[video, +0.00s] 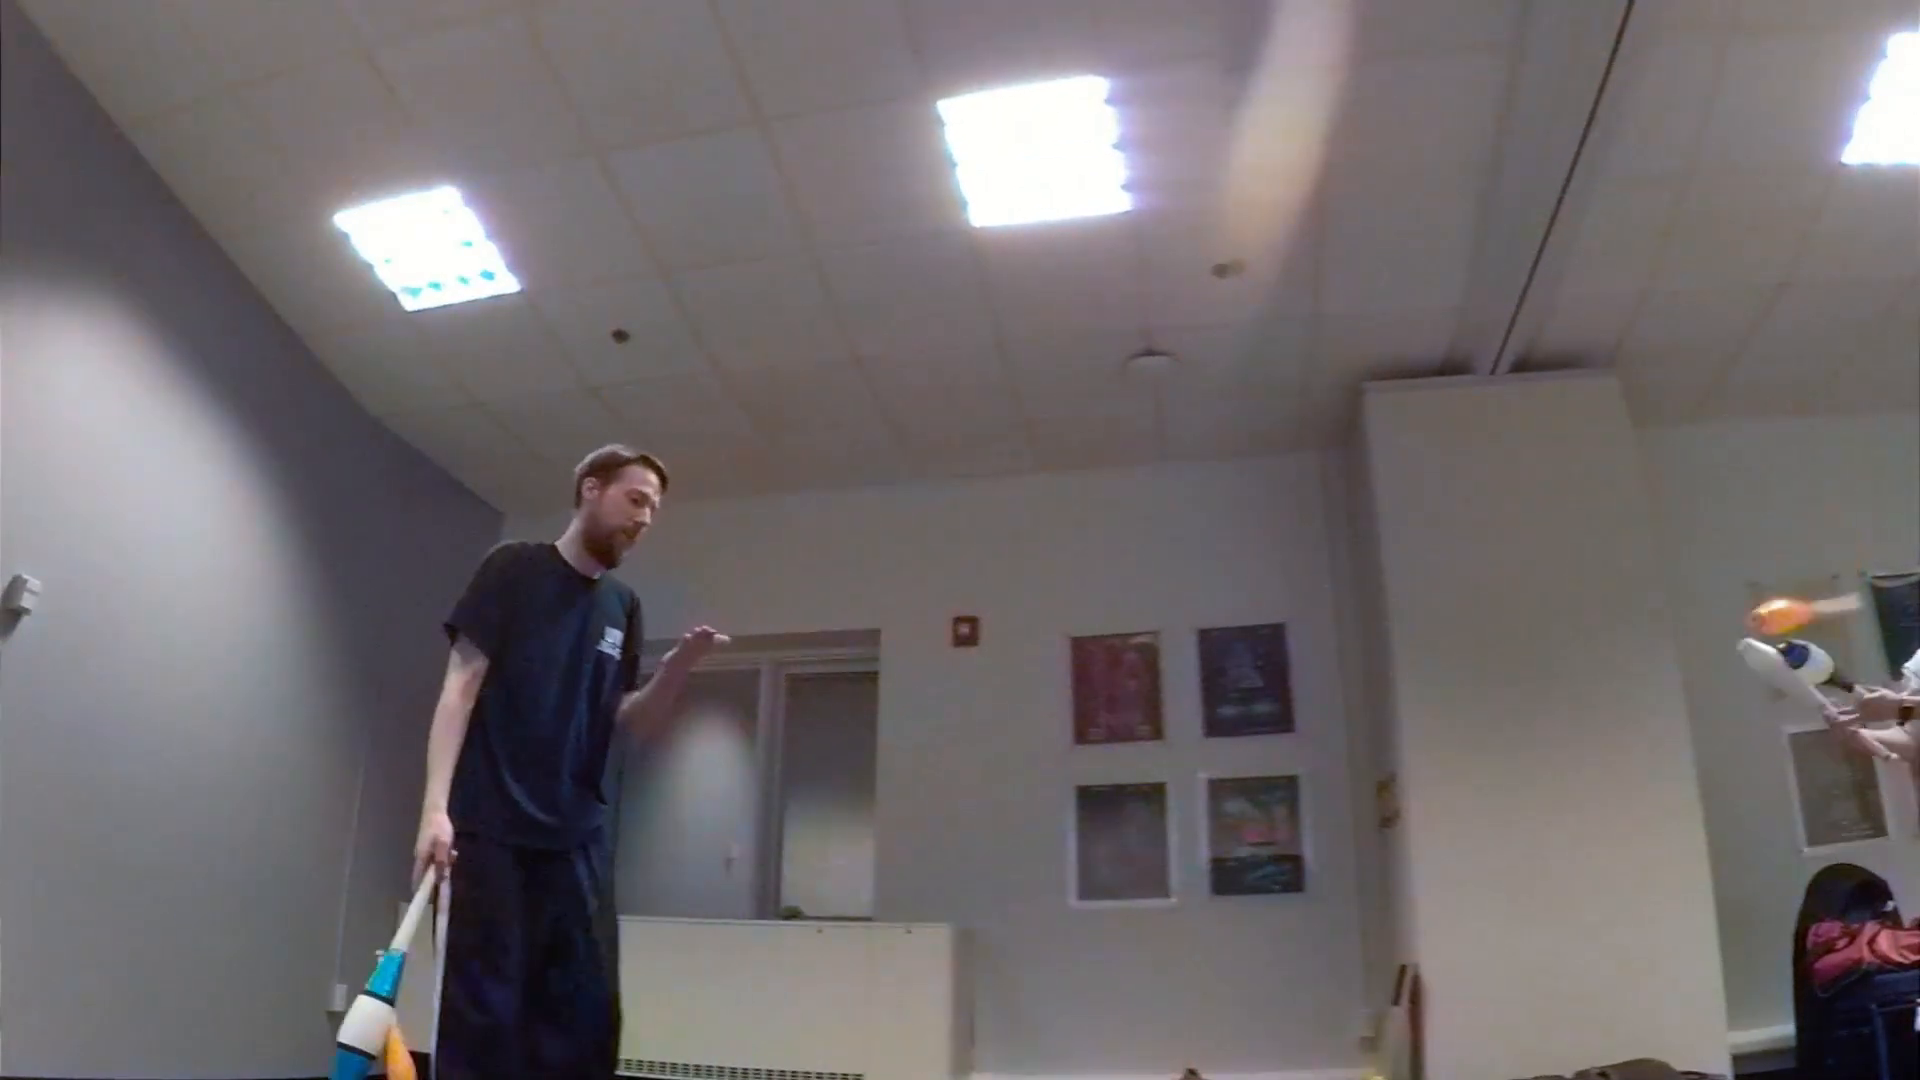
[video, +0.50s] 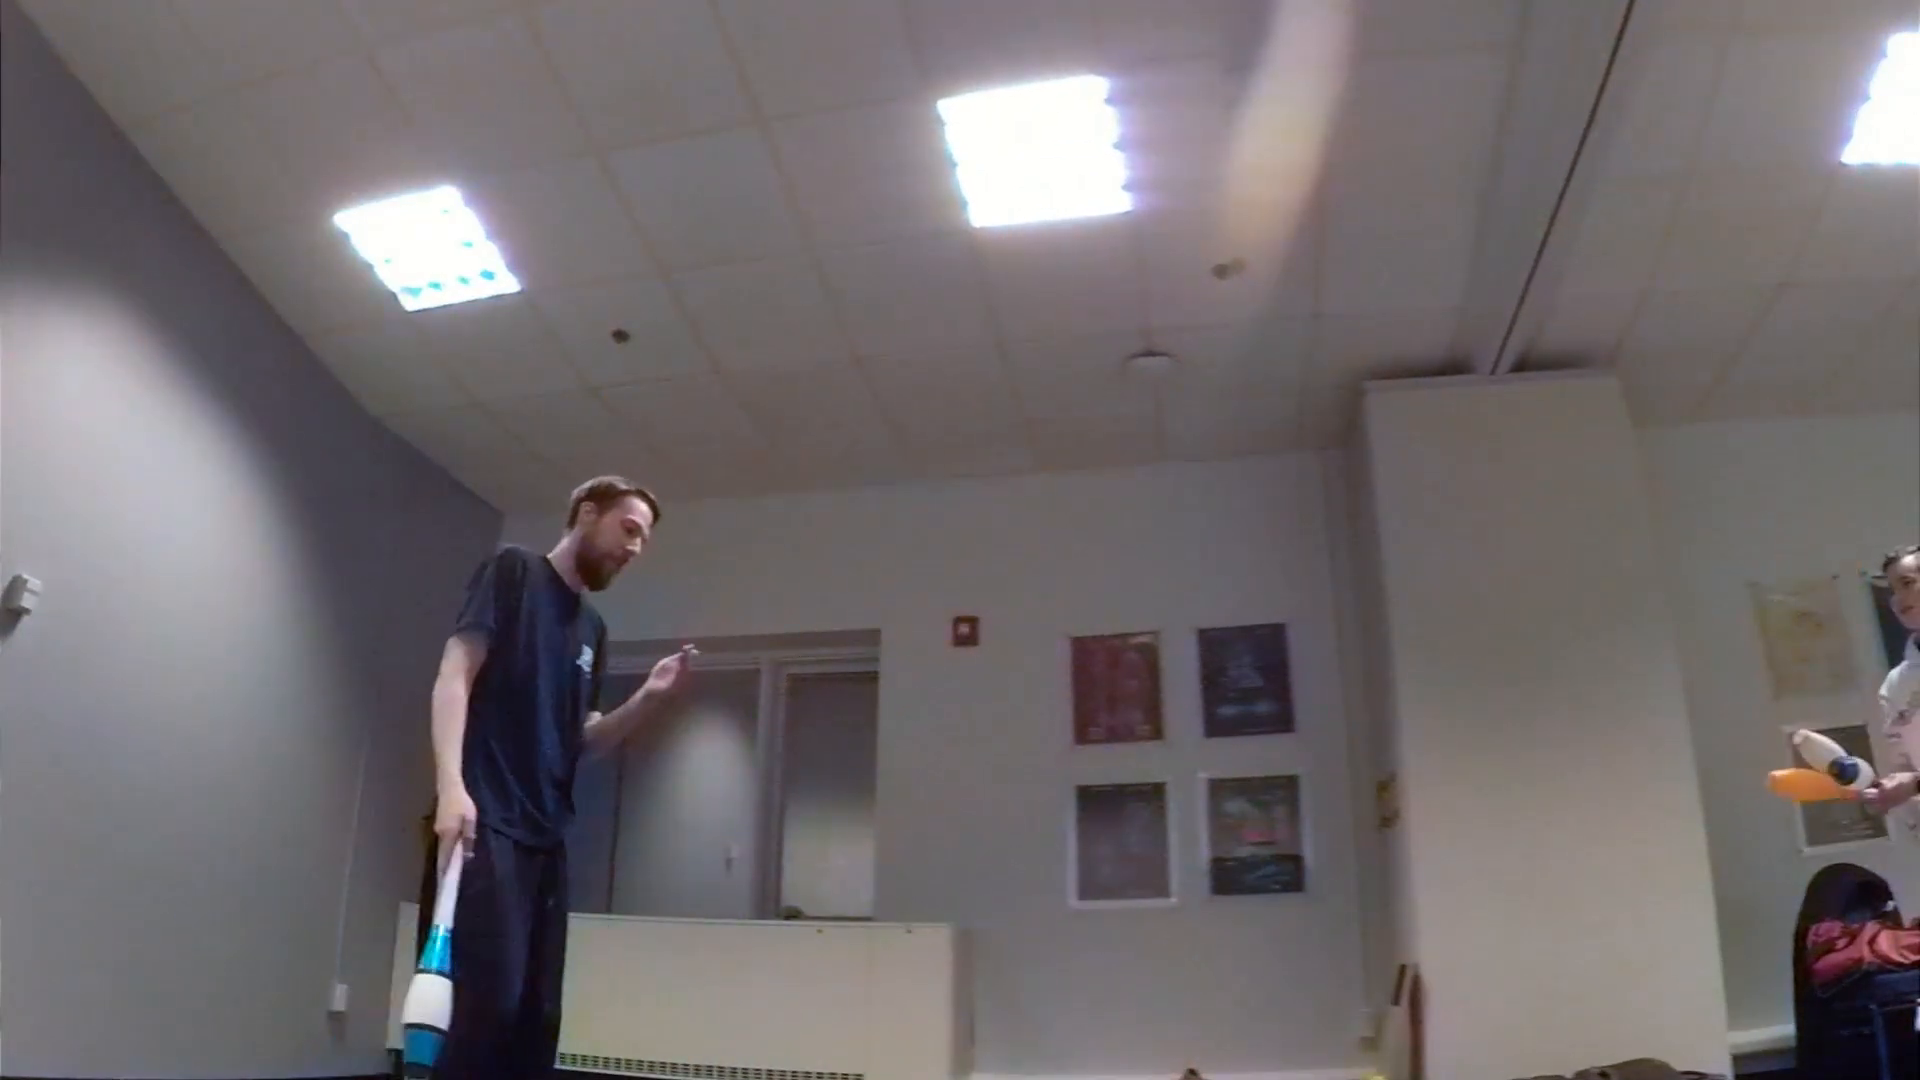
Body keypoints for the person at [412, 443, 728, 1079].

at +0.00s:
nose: (645, 518)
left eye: (653, 509)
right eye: (635, 499)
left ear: (653, 521)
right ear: (590, 489)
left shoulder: (621, 606)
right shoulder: (513, 568)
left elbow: (631, 721)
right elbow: (460, 687)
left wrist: (680, 667)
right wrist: (435, 809)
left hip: (575, 839)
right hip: (491, 832)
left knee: (585, 1020)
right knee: (485, 1015)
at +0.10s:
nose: (649, 533)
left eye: (658, 524)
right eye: (642, 514)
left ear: (657, 535)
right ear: (597, 501)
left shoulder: (620, 618)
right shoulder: (520, 573)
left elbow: (622, 732)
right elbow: (459, 691)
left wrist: (675, 683)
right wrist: (428, 807)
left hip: (561, 841)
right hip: (484, 831)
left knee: (542, 1029)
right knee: (485, 1019)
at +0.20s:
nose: (658, 551)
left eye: (666, 541)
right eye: (652, 531)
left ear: (663, 550)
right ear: (608, 515)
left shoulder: (617, 628)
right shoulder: (524, 577)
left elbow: (612, 740)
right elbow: (462, 689)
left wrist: (672, 698)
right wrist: (429, 804)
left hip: (555, 844)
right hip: (486, 832)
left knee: (543, 1028)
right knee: (493, 1023)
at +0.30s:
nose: (656, 555)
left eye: (664, 546)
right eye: (650, 535)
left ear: (661, 556)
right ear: (607, 518)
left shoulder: (610, 631)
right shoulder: (526, 574)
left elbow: (599, 740)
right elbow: (462, 682)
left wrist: (661, 707)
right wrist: (432, 797)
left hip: (552, 836)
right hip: (485, 821)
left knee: (543, 1018)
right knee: (506, 1010)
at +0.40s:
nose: (645, 551)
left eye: (654, 542)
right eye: (640, 531)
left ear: (652, 552)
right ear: (598, 515)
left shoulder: (603, 629)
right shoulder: (521, 571)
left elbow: (590, 738)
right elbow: (459, 677)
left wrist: (653, 702)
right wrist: (441, 787)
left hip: (550, 834)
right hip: (488, 820)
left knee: (540, 1012)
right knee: (499, 1006)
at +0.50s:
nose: (635, 547)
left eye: (643, 539)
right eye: (628, 528)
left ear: (642, 550)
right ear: (587, 514)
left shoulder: (591, 626)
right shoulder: (513, 570)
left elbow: (583, 736)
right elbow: (452, 678)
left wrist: (647, 694)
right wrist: (450, 788)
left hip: (545, 837)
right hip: (488, 824)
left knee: (536, 1013)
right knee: (487, 1003)